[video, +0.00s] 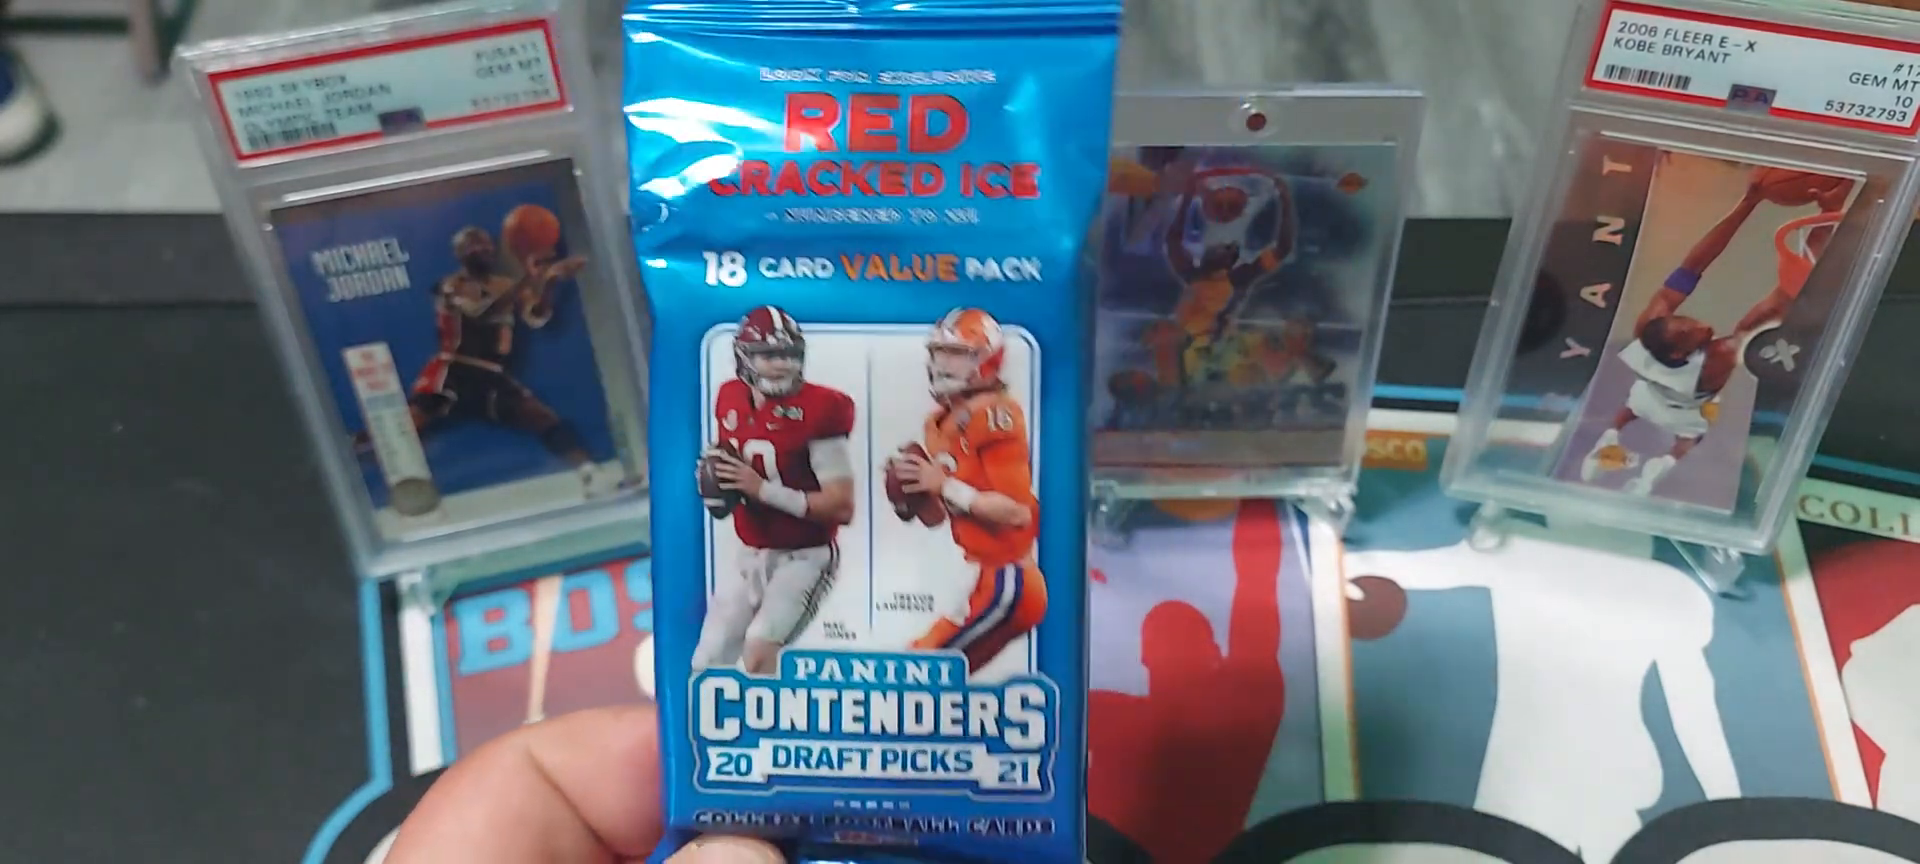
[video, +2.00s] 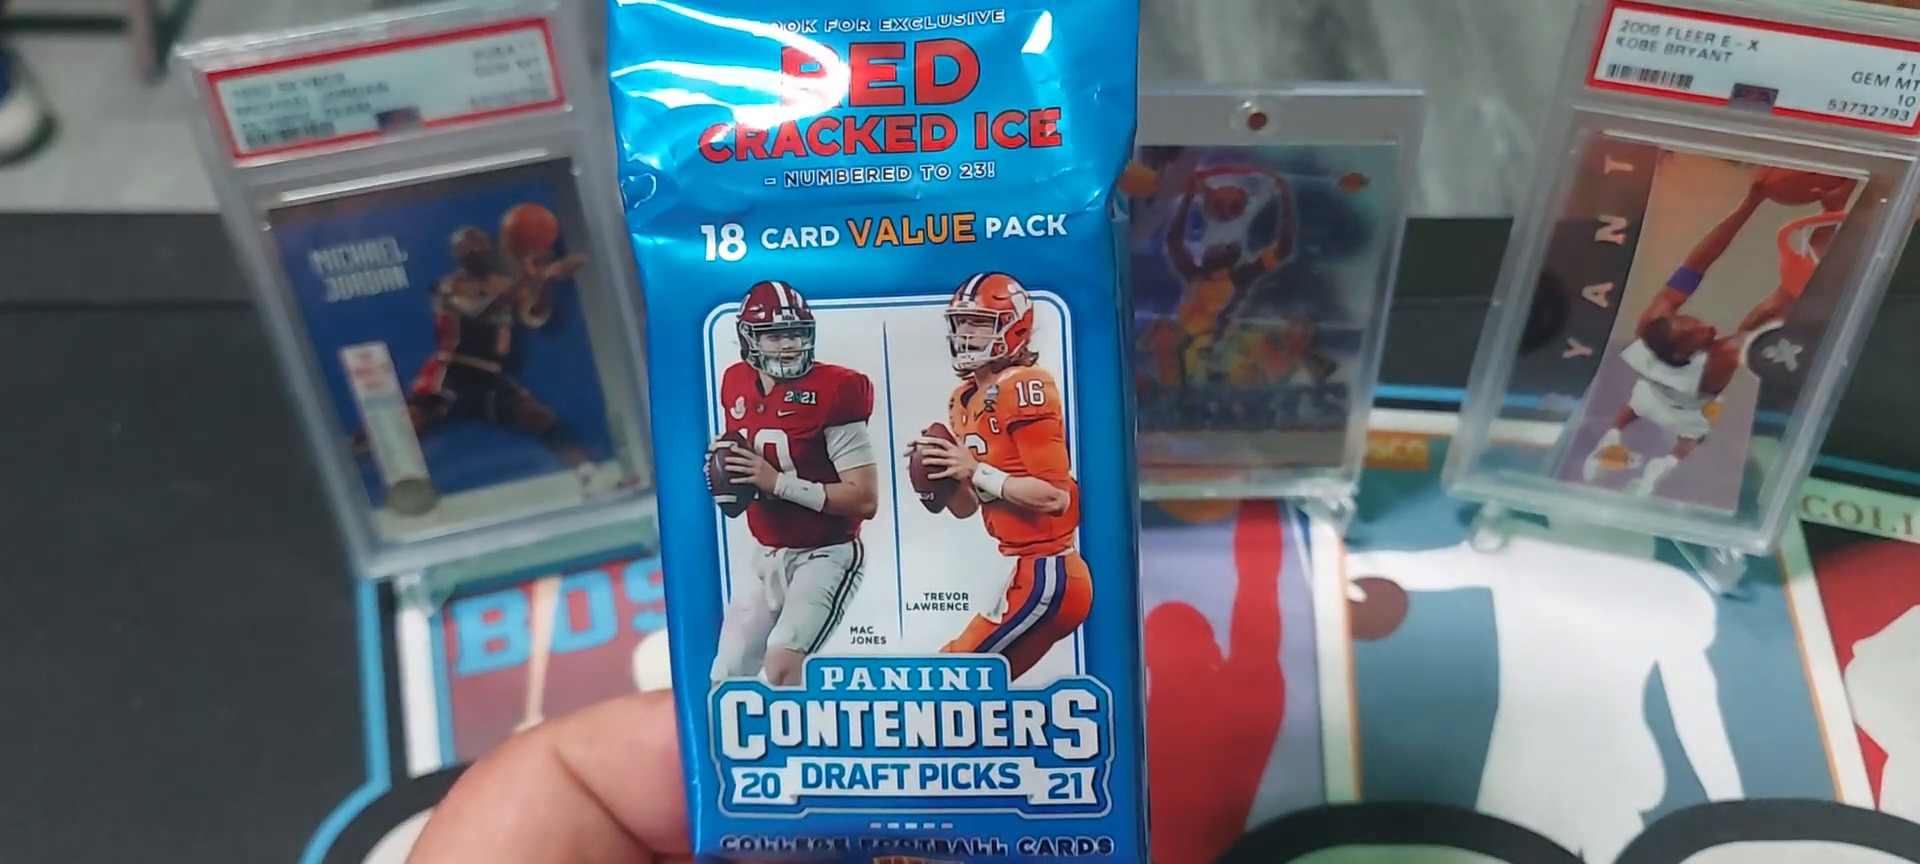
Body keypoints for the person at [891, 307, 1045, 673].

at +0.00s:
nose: (943, 366)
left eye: (956, 355)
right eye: (938, 354)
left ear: (985, 361)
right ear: (930, 357)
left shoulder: (995, 413)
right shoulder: (939, 421)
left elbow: (1017, 511)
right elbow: (934, 516)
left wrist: (943, 485)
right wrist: (907, 490)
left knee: (917, 671)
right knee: (925, 677)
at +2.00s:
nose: (965, 336)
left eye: (979, 325)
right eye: (961, 324)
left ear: (1013, 329)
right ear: (951, 326)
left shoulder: (1025, 385)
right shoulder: (962, 399)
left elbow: (1053, 495)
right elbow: (964, 506)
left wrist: (974, 470)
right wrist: (935, 474)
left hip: (1047, 575)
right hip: (1030, 572)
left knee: (944, 682)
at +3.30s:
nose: (962, 358)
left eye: (978, 347)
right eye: (957, 345)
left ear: (1012, 355)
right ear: (947, 350)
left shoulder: (1025, 410)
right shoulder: (961, 424)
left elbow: (1058, 524)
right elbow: (964, 534)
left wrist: (975, 498)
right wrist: (935, 505)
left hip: (1052, 605)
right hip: (1029, 602)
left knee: (951, 712)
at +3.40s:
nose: (1033, 381)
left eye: (1049, 369)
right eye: (1028, 367)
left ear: (1083, 378)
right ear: (1018, 371)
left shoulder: (1095, 435)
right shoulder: (1032, 447)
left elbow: (1124, 551)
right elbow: (1029, 558)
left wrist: (1041, 523)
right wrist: (999, 528)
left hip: (1115, 633)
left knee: (1012, 739)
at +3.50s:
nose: (1087, 412)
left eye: (1103, 399)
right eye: (1082, 398)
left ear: (1139, 409)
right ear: (1074, 401)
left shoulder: (1151, 468)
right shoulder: (1086, 479)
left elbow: (1180, 587)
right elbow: (1081, 592)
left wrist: (1093, 556)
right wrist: (1050, 563)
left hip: (1169, 672)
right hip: (1145, 668)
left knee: (1057, 778)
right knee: (1073, 788)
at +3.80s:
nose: (1142, 409)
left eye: (1158, 398)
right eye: (1139, 397)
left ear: (1194, 406)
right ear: (1130, 400)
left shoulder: (1203, 468)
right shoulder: (1134, 474)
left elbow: (1222, 584)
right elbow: (1126, 588)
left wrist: (1140, 551)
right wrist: (1097, 555)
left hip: (1210, 669)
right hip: (1186, 664)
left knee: (1093, 768)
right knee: (1108, 779)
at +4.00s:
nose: (1187, 383)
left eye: (1203, 373)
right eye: (1184, 369)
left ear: (1238, 382)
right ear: (1173, 370)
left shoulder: (1242, 443)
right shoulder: (1173, 445)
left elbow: (1253, 559)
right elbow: (1158, 558)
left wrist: (1173, 522)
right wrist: (1135, 522)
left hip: (1236, 642)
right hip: (1213, 637)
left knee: (1112, 735)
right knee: (1129, 746)